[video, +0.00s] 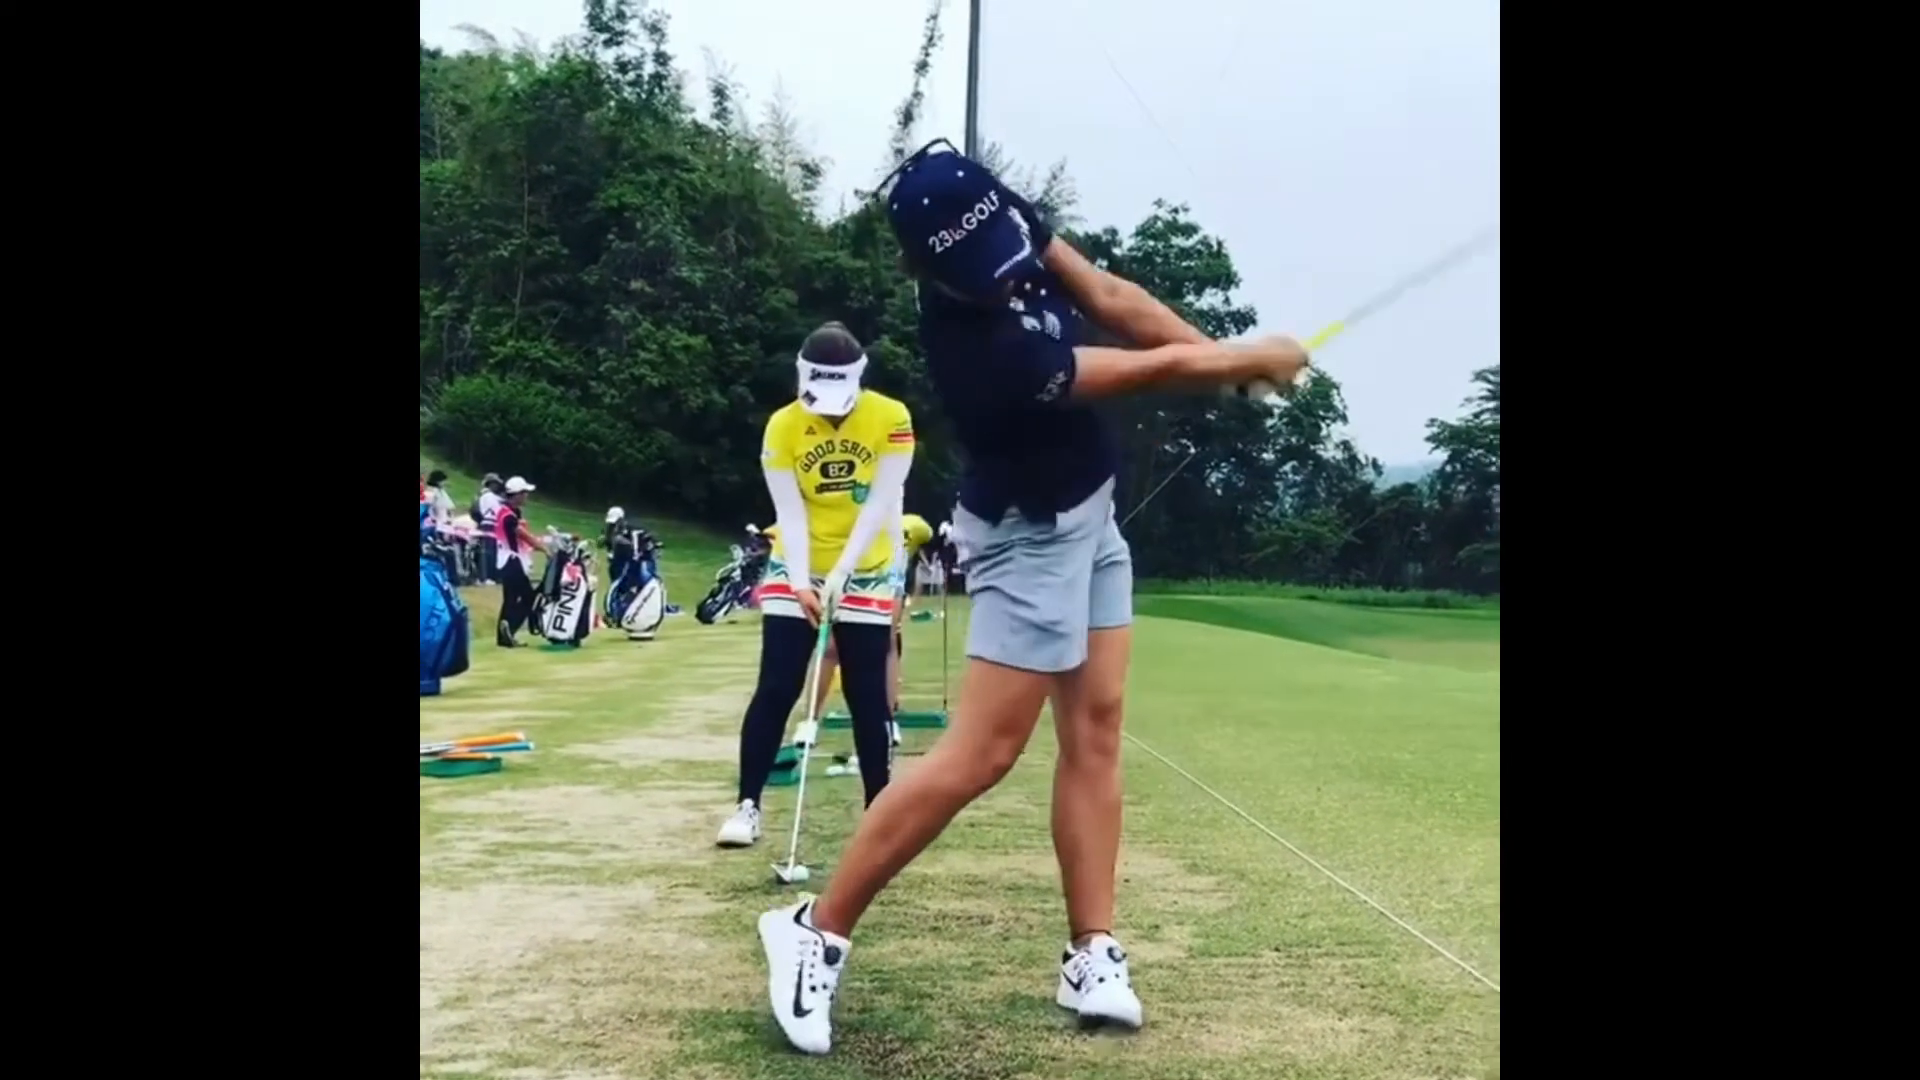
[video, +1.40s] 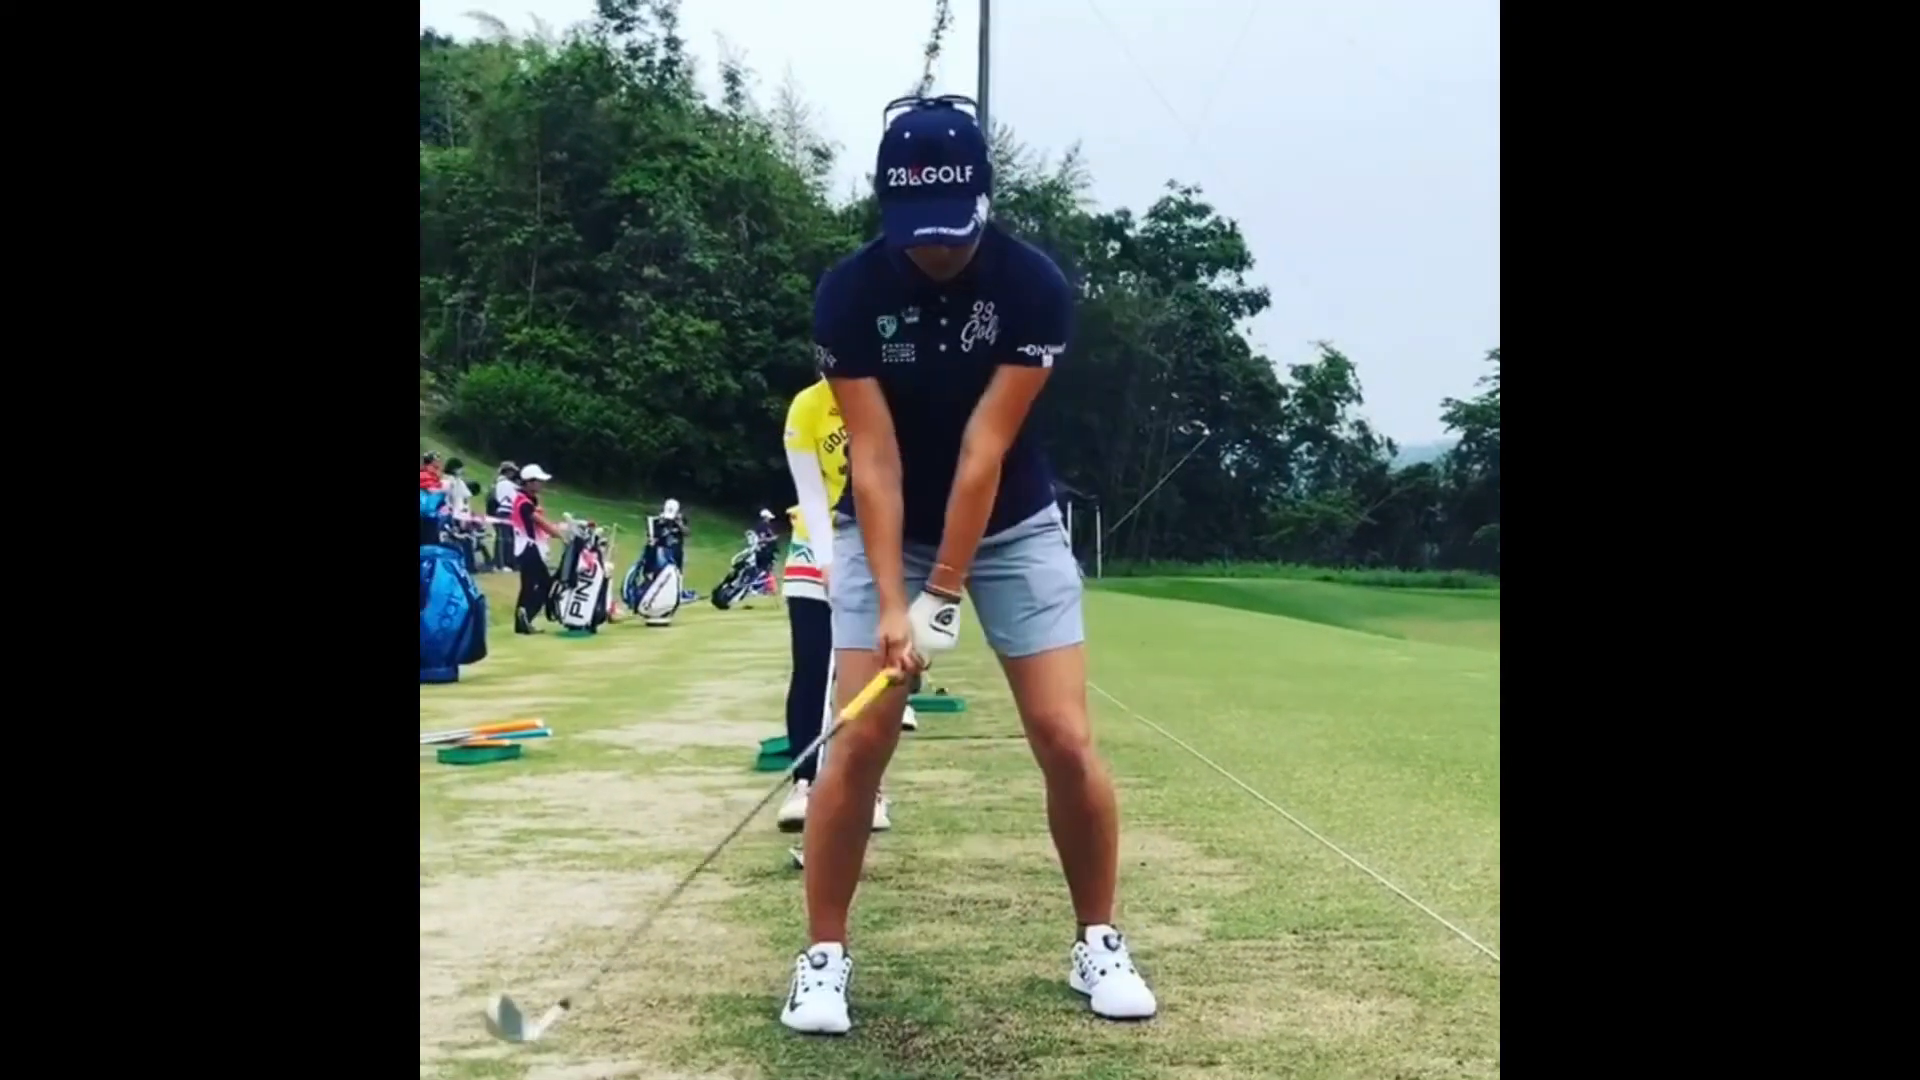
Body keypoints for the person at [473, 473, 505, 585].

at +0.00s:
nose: (499, 488)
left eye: (499, 486)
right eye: (497, 486)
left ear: (486, 485)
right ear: (494, 485)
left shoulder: (482, 496)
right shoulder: (496, 498)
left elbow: (474, 511)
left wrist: (480, 520)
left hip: (484, 526)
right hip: (492, 526)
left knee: (484, 552)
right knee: (491, 552)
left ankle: (483, 576)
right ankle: (489, 576)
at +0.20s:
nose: (487, 489)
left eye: (487, 486)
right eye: (486, 487)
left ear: (475, 486)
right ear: (484, 487)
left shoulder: (471, 498)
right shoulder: (487, 500)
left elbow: (463, 513)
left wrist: (469, 521)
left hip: (471, 528)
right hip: (481, 529)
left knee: (470, 554)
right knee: (480, 554)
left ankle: (471, 578)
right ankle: (480, 578)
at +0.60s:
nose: (472, 491)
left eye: (471, 489)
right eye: (470, 489)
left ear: (460, 489)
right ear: (467, 489)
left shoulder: (455, 501)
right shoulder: (471, 503)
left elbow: (447, 516)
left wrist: (455, 524)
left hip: (456, 531)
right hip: (466, 532)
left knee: (455, 557)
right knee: (465, 557)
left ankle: (455, 581)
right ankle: (465, 580)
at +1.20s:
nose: (467, 498)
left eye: (467, 495)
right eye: (466, 495)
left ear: (455, 495)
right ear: (463, 496)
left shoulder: (451, 508)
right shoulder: (465, 510)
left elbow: (444, 523)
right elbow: (468, 524)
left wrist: (450, 531)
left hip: (450, 539)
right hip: (460, 540)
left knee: (451, 565)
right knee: (460, 564)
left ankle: (450, 588)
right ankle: (459, 588)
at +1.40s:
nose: (461, 472)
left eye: (461, 469)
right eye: (459, 469)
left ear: (447, 468)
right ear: (455, 469)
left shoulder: (442, 481)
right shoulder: (457, 483)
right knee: (466, 539)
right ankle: (470, 565)